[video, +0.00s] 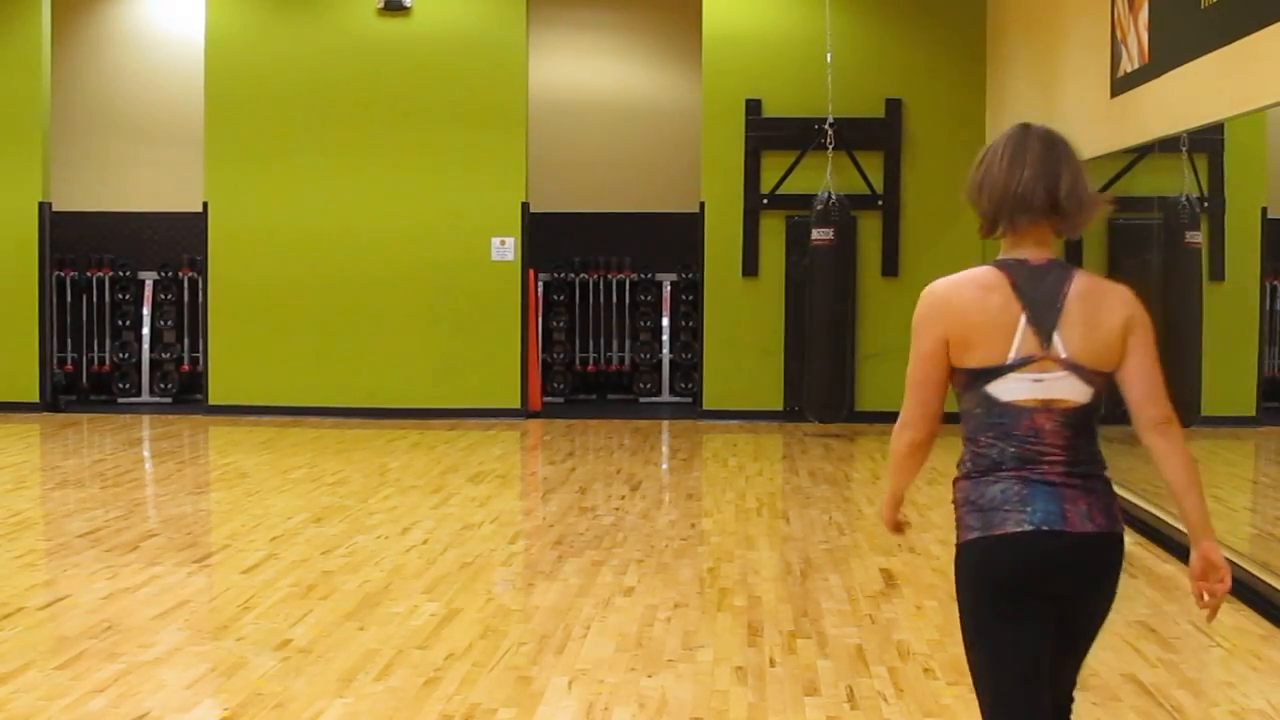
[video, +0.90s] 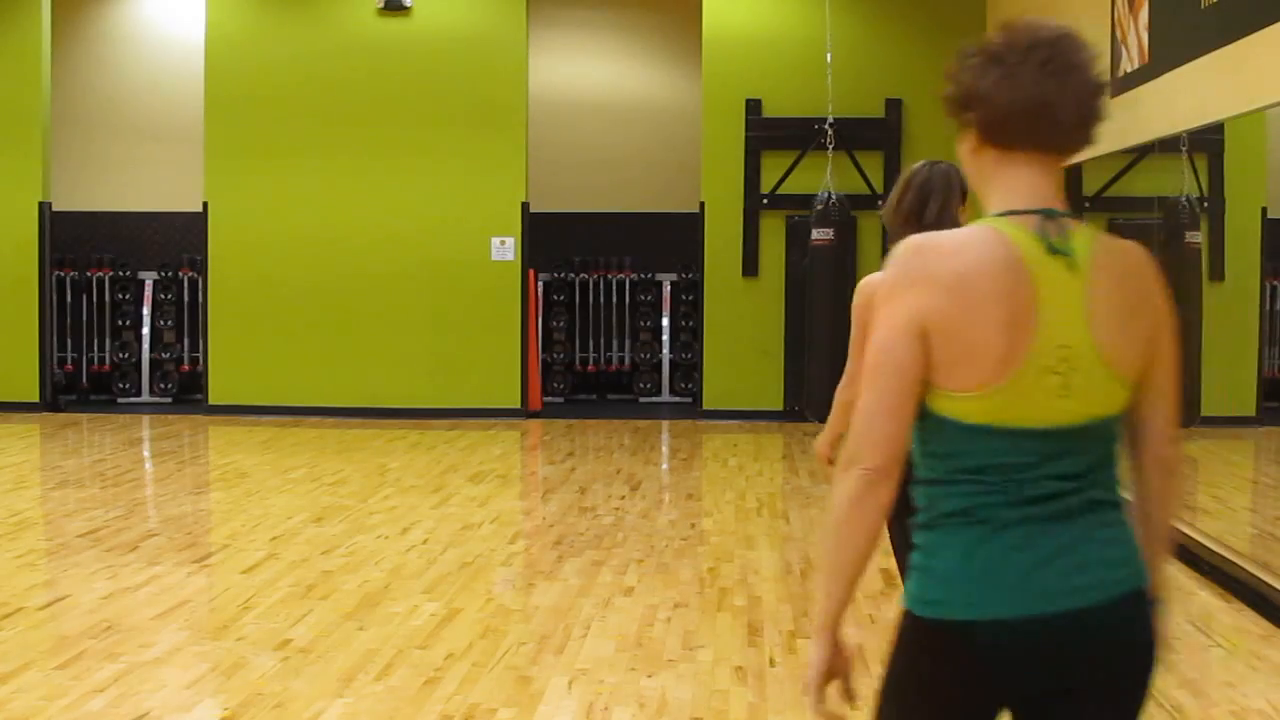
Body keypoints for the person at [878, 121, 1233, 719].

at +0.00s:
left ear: (986, 197)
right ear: (1074, 199)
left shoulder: (947, 299)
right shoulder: (1117, 304)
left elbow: (917, 428)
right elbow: (1159, 427)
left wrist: (893, 496)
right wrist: (1202, 537)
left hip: (996, 540)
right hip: (1091, 541)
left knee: (1012, 708)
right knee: (1053, 703)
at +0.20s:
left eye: (979, 185)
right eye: (1042, 187)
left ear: (974, 195)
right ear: (1048, 199)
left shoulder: (931, 289)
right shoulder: (1082, 298)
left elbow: (909, 408)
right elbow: (1112, 415)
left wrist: (891, 481)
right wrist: (1137, 511)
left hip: (982, 518)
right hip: (1071, 511)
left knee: (971, 672)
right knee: (1039, 672)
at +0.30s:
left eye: (965, 181)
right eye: (1024, 182)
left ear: (961, 191)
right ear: (1035, 191)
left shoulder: (926, 280)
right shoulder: (1073, 285)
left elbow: (907, 398)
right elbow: (1089, 403)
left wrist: (900, 485)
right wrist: (1085, 481)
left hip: (964, 494)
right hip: (1054, 492)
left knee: (960, 636)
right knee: (1028, 659)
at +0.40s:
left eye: (956, 191)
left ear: (952, 199)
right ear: (1023, 198)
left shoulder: (923, 287)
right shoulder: (1064, 284)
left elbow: (911, 397)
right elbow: (1071, 393)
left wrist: (904, 494)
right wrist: (1050, 437)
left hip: (949, 493)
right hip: (1033, 494)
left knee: (942, 634)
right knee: (1009, 654)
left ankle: (940, 719)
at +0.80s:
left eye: (910, 198)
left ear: (909, 206)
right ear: (970, 205)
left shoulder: (890, 286)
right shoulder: (992, 279)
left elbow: (870, 383)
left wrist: (844, 453)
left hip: (920, 455)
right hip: (986, 451)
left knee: (923, 592)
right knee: (966, 577)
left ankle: (937, 709)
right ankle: (965, 695)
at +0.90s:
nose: (970, 211)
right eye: (966, 202)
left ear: (899, 210)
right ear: (961, 210)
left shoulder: (877, 290)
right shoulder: (978, 284)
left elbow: (854, 376)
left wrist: (828, 442)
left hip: (901, 459)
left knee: (923, 599)